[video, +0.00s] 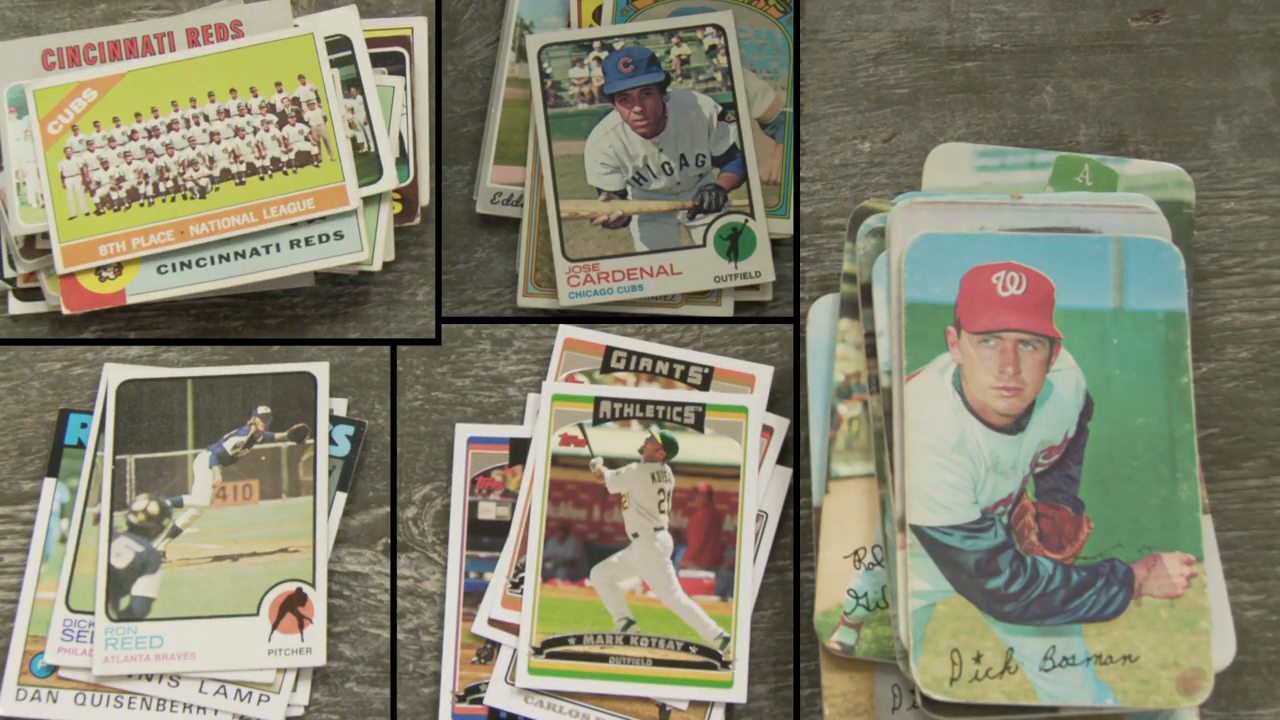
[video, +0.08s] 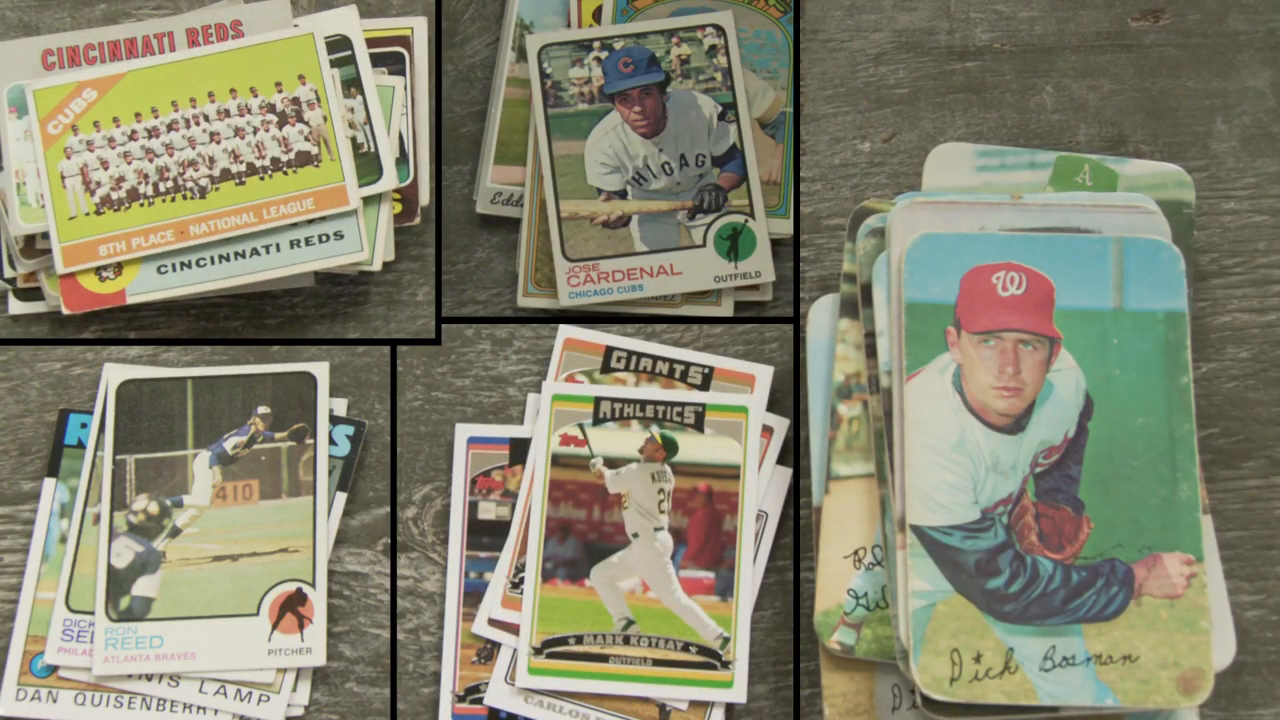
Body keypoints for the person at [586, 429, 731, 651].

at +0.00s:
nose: (645, 443)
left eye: (651, 442)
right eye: (648, 440)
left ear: (661, 454)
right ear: (661, 456)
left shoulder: (636, 471)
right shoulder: (666, 473)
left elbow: (611, 482)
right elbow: (630, 481)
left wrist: (600, 467)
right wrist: (605, 473)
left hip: (649, 542)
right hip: (658, 539)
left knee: (672, 596)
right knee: (600, 574)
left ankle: (718, 636)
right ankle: (624, 622)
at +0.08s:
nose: (645, 443)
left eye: (651, 442)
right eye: (648, 440)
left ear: (661, 454)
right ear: (661, 456)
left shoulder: (636, 471)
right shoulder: (666, 473)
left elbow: (611, 482)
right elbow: (630, 481)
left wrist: (600, 467)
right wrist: (605, 473)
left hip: (649, 542)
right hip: (658, 539)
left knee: (672, 596)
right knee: (600, 574)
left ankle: (718, 636)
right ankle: (624, 622)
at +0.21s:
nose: (645, 443)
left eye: (651, 442)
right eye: (648, 440)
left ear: (661, 454)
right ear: (661, 456)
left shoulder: (636, 471)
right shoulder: (666, 473)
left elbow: (611, 482)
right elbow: (630, 481)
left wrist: (600, 467)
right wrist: (605, 473)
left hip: (649, 542)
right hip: (658, 539)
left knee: (672, 596)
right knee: (600, 574)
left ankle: (718, 636)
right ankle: (624, 622)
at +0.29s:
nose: (645, 443)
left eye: (651, 442)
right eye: (648, 440)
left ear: (661, 454)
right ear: (661, 456)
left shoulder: (636, 471)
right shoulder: (666, 473)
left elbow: (611, 482)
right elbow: (630, 481)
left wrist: (600, 467)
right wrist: (605, 473)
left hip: (649, 542)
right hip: (658, 539)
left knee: (672, 596)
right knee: (600, 574)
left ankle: (718, 636)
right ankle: (624, 622)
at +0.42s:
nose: (645, 443)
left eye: (651, 442)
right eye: (648, 440)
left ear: (661, 454)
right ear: (661, 456)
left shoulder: (636, 471)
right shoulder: (666, 473)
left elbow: (611, 482)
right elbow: (630, 481)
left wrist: (600, 467)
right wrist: (605, 473)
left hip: (649, 542)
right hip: (658, 539)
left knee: (672, 596)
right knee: (600, 574)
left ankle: (718, 636)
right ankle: (624, 622)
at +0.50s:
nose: (645, 443)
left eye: (651, 442)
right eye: (648, 440)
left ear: (661, 454)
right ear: (661, 456)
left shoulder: (636, 471)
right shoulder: (666, 473)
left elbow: (611, 482)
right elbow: (630, 481)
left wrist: (600, 467)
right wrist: (605, 473)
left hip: (649, 542)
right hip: (658, 539)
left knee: (672, 596)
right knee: (600, 574)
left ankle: (718, 636)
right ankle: (624, 622)